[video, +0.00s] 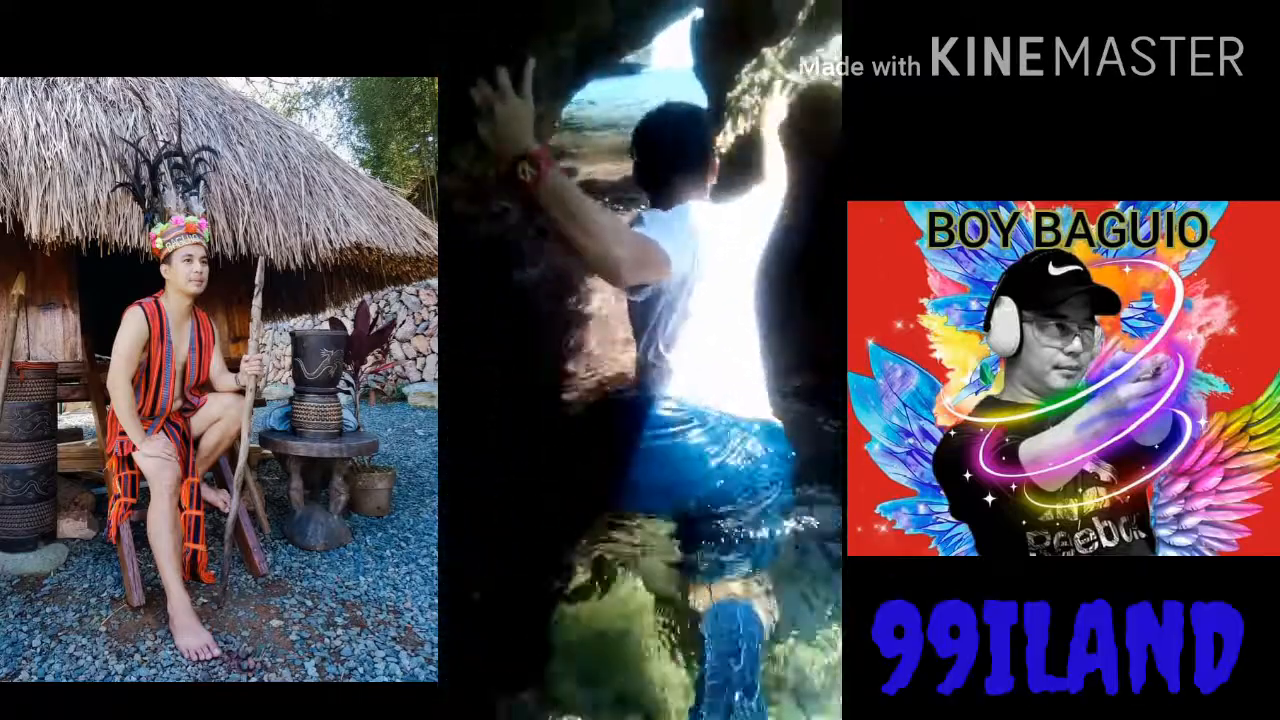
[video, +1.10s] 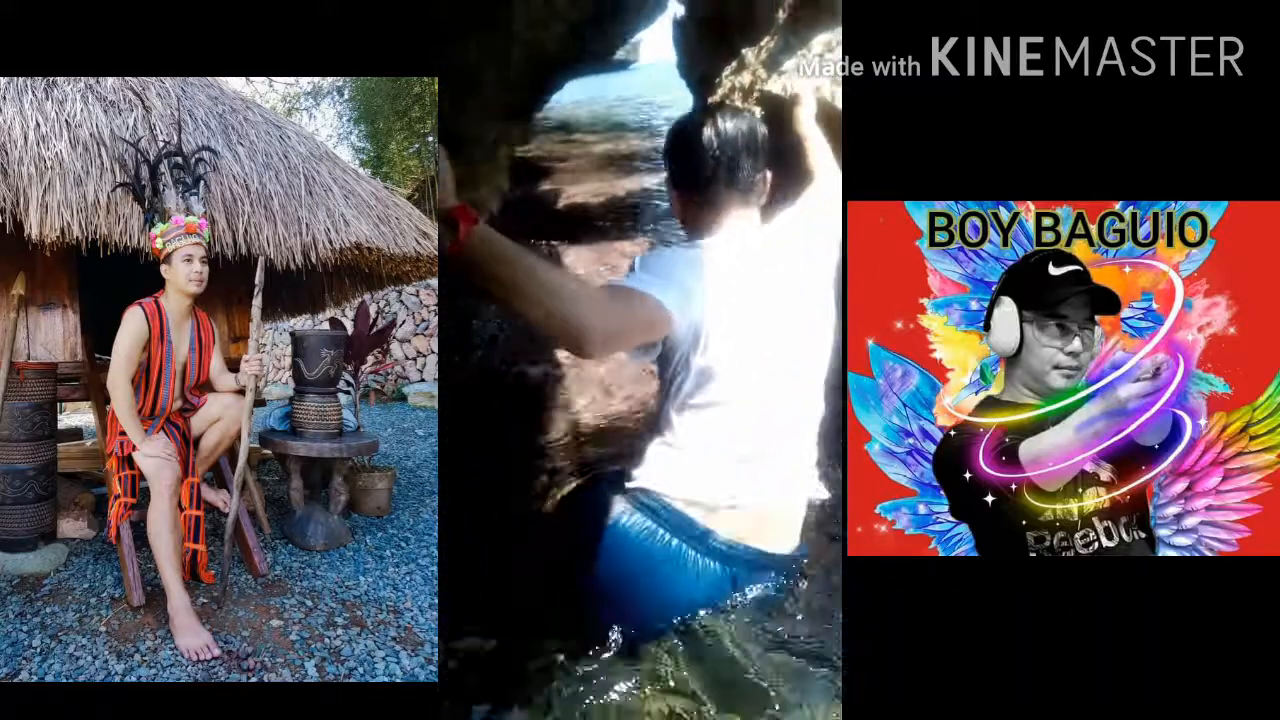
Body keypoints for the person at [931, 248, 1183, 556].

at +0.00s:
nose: (1077, 346)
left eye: (1086, 328)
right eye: (1057, 327)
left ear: (1097, 334)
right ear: (1008, 327)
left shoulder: (1112, 410)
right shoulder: (962, 446)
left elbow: (1157, 436)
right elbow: (1017, 473)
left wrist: (1148, 395)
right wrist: (1107, 413)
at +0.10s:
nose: (1077, 346)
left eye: (1086, 328)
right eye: (1057, 327)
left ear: (1097, 334)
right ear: (1008, 327)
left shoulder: (1112, 410)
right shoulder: (962, 446)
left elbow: (1157, 436)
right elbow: (1017, 473)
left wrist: (1148, 395)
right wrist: (1107, 413)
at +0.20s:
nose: (1077, 346)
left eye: (1087, 328)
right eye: (1057, 327)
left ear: (1097, 334)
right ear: (1008, 326)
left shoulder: (1112, 409)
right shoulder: (962, 446)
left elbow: (1157, 435)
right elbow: (1021, 471)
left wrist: (1148, 396)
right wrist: (1108, 411)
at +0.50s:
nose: (1077, 346)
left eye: (1086, 328)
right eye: (1057, 326)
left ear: (1097, 335)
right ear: (1008, 326)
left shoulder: (1113, 410)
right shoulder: (962, 446)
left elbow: (1157, 435)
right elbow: (1019, 472)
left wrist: (1149, 395)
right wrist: (1106, 414)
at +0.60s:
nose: (1077, 346)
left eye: (1087, 328)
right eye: (1057, 326)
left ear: (1097, 334)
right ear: (1008, 326)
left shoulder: (1112, 409)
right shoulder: (962, 446)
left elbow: (1157, 436)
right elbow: (1018, 472)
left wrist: (1148, 395)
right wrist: (1107, 413)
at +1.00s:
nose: (1077, 346)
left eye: (1087, 328)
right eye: (1057, 326)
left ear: (1097, 335)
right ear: (1007, 326)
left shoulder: (1113, 410)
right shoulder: (962, 446)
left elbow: (1157, 436)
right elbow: (1017, 472)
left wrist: (1148, 396)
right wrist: (1107, 413)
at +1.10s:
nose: (1077, 346)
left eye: (1087, 328)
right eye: (1057, 326)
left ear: (1097, 335)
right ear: (1007, 326)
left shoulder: (1113, 410)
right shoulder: (962, 446)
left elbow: (1157, 436)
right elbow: (1017, 472)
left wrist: (1148, 396)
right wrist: (1106, 414)